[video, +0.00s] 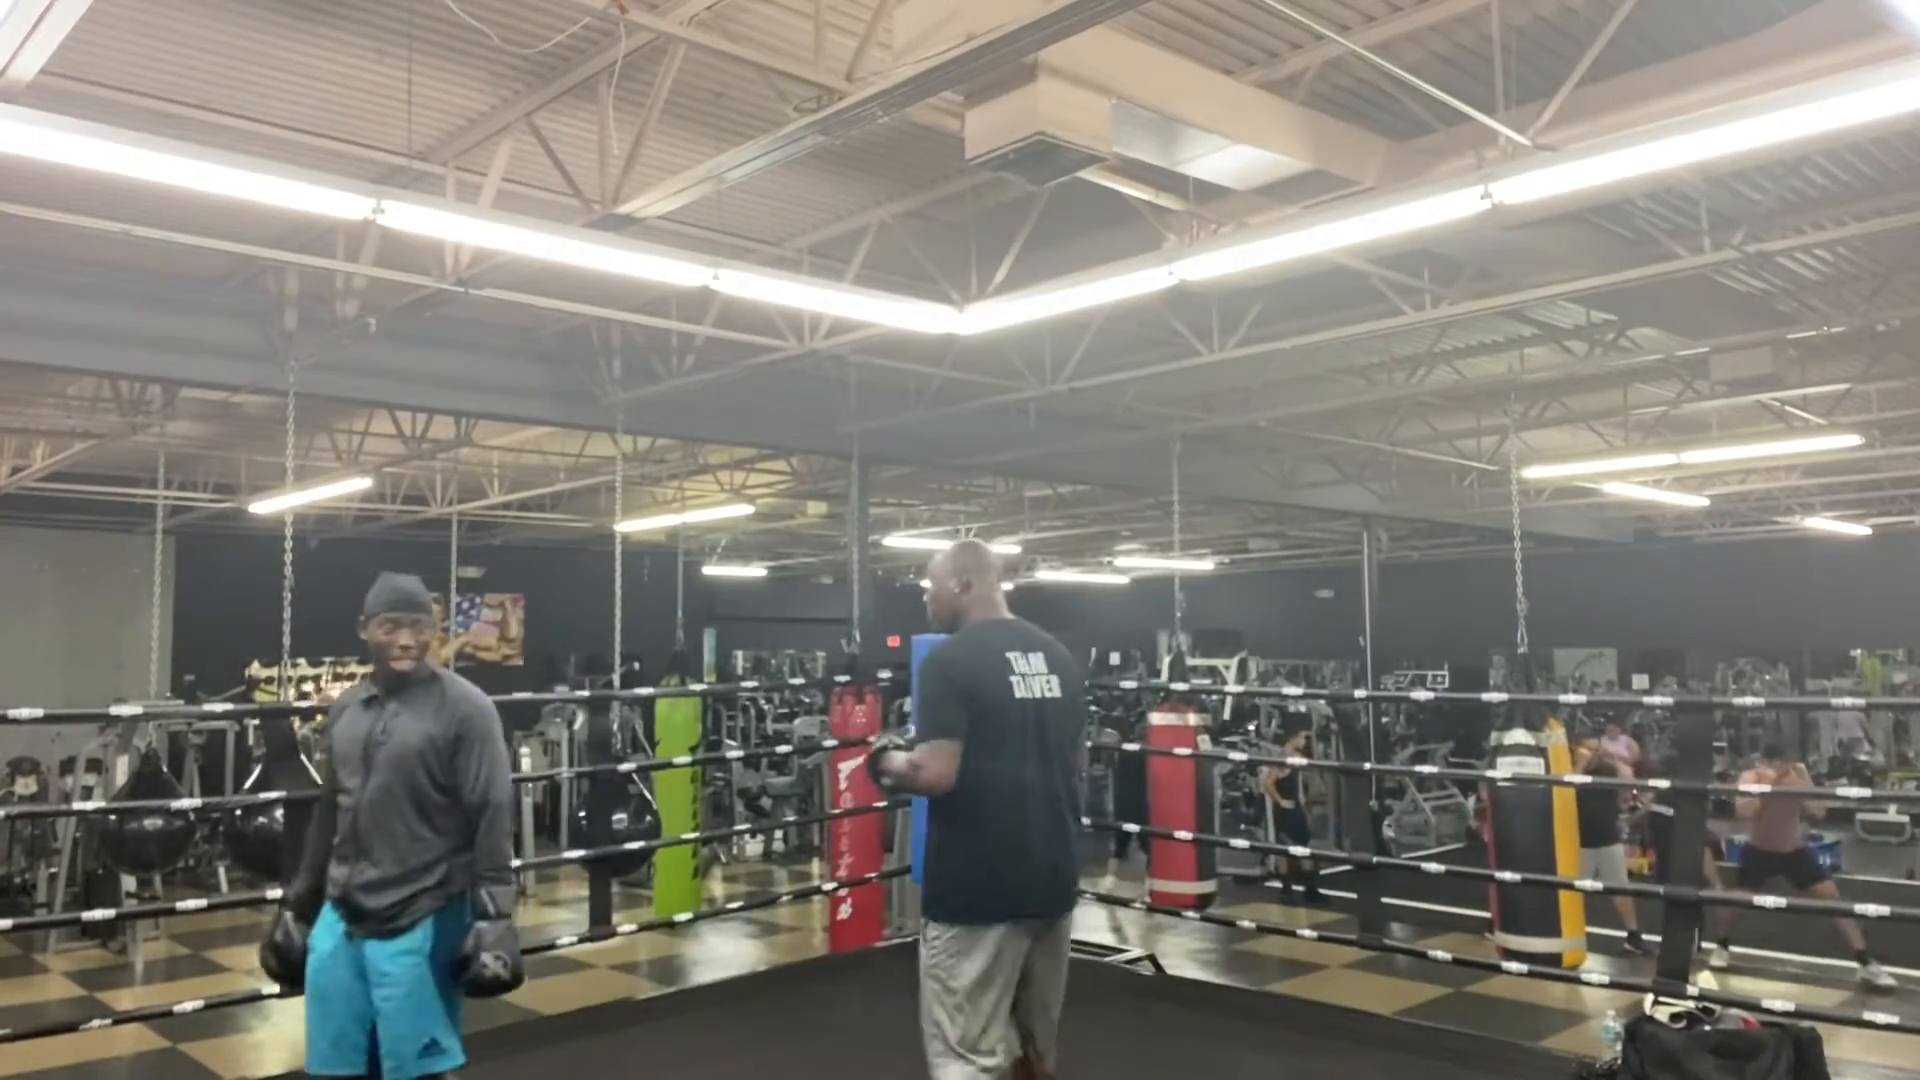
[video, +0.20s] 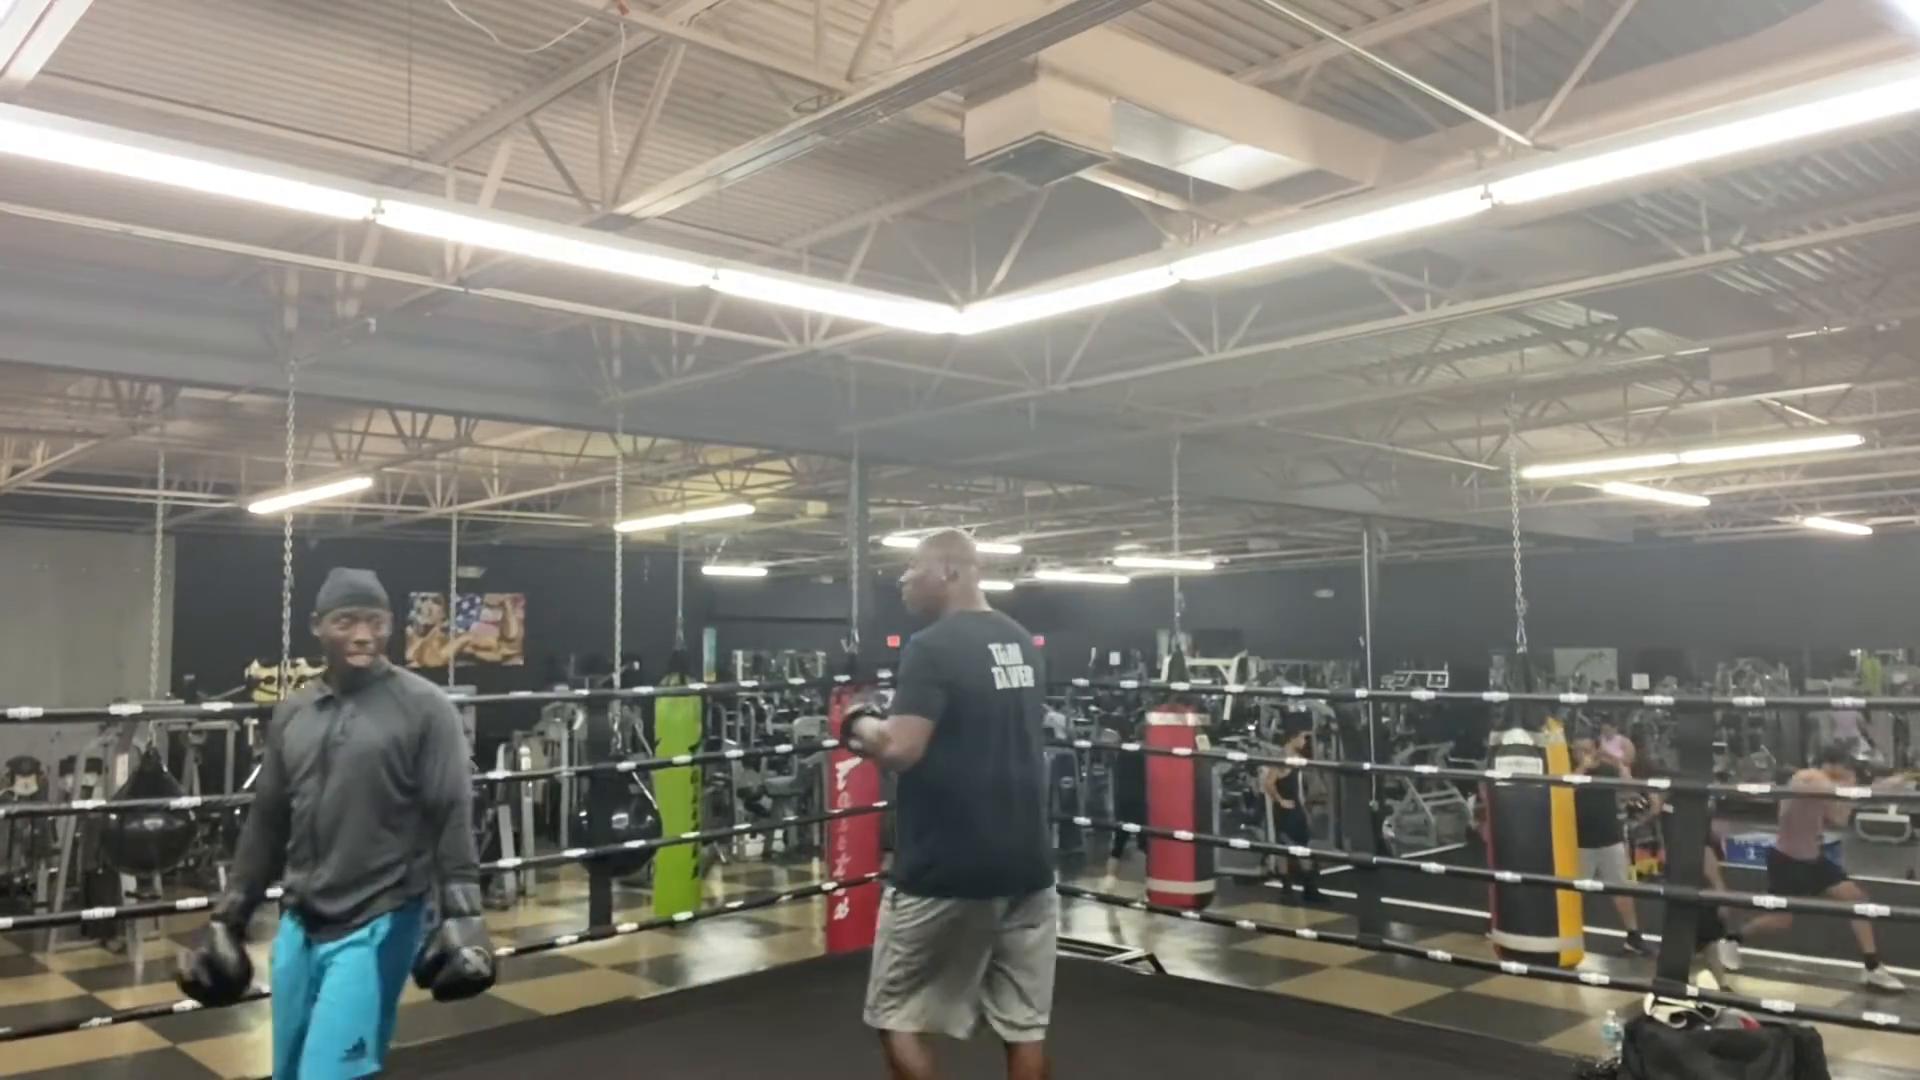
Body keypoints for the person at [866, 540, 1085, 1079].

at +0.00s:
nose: (926, 599)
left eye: (931, 587)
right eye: (927, 588)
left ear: (962, 585)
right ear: (991, 585)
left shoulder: (951, 658)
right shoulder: (1060, 657)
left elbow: (937, 773)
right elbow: (1070, 762)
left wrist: (888, 761)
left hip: (973, 888)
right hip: (1050, 880)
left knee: (965, 1057)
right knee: (1034, 1052)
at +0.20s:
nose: (903, 581)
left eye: (913, 567)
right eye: (906, 569)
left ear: (950, 571)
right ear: (965, 573)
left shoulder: (934, 646)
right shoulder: (1019, 640)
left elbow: (900, 747)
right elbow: (983, 737)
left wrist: (856, 723)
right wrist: (890, 721)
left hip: (945, 866)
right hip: (1025, 860)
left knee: (899, 1018)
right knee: (1026, 1030)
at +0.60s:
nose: (818, 599)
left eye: (829, 588)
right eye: (819, 588)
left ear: (870, 592)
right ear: (872, 593)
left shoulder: (871, 671)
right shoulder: (919, 647)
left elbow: (855, 776)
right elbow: (912, 740)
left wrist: (807, 745)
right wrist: (844, 715)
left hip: (878, 866)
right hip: (922, 854)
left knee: (857, 1017)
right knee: (908, 988)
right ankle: (963, 1071)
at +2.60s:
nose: (932, 593)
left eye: (936, 582)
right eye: (918, 583)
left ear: (945, 587)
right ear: (886, 586)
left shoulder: (974, 662)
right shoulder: (843, 660)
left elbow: (1009, 748)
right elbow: (808, 748)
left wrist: (985, 750)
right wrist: (849, 758)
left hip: (947, 874)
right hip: (863, 874)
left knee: (950, 1021)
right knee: (873, 1027)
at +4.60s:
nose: (942, 558)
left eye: (956, 543)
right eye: (925, 546)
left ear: (977, 554)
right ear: (902, 563)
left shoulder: (1040, 648)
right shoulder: (865, 665)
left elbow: (1083, 789)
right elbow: (819, 793)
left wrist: (1081, 759)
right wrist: (846, 784)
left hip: (1036, 938)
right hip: (917, 945)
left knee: (1058, 1071)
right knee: (924, 1073)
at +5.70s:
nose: (1080, 567)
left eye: (1097, 551)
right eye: (1065, 553)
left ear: (1127, 562)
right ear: (1049, 565)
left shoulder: (1178, 671)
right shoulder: (1027, 649)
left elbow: (1224, 798)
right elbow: (1010, 762)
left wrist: (1123, 795)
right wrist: (980, 777)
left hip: (1115, 961)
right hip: (1009, 943)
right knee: (983, 1070)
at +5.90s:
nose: (1070, 565)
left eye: (1088, 551)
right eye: (1057, 551)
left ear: (1115, 564)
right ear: (1042, 563)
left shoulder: (1158, 661)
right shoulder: (1012, 648)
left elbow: (1199, 793)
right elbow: (978, 752)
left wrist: (1114, 775)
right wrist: (968, 772)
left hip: (1109, 948)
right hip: (1015, 934)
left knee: (1108, 1072)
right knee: (1027, 1073)